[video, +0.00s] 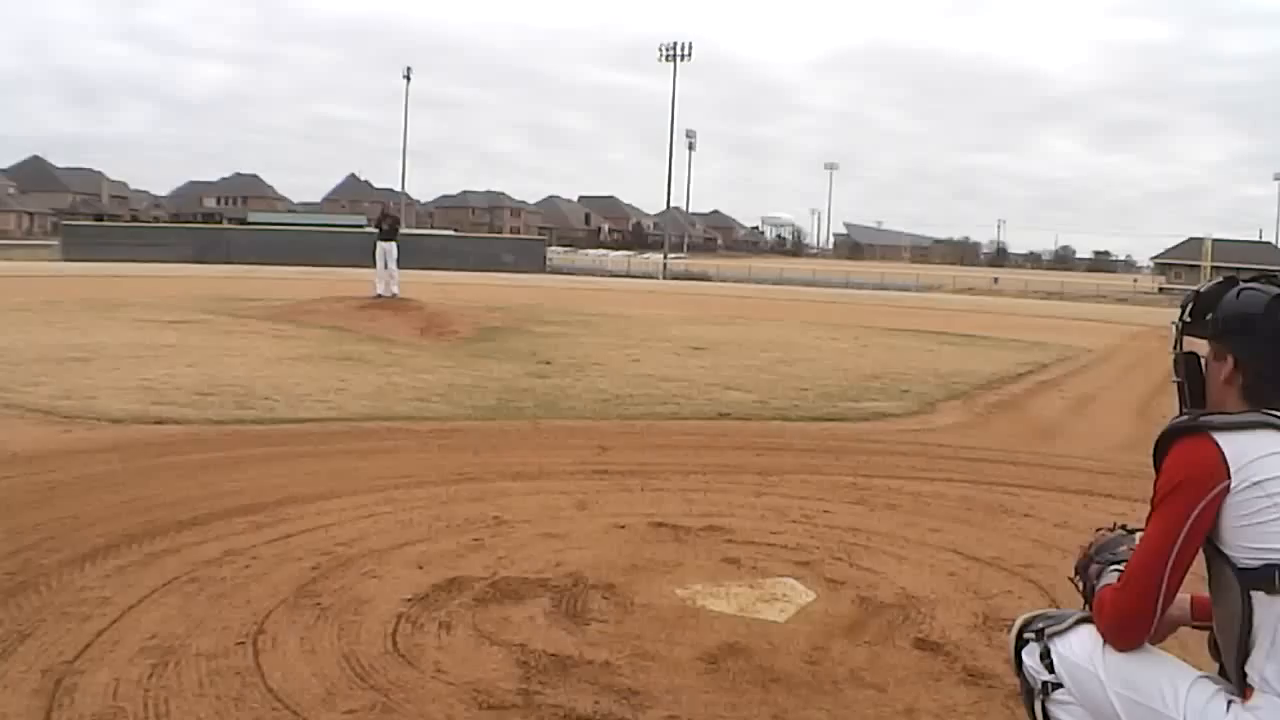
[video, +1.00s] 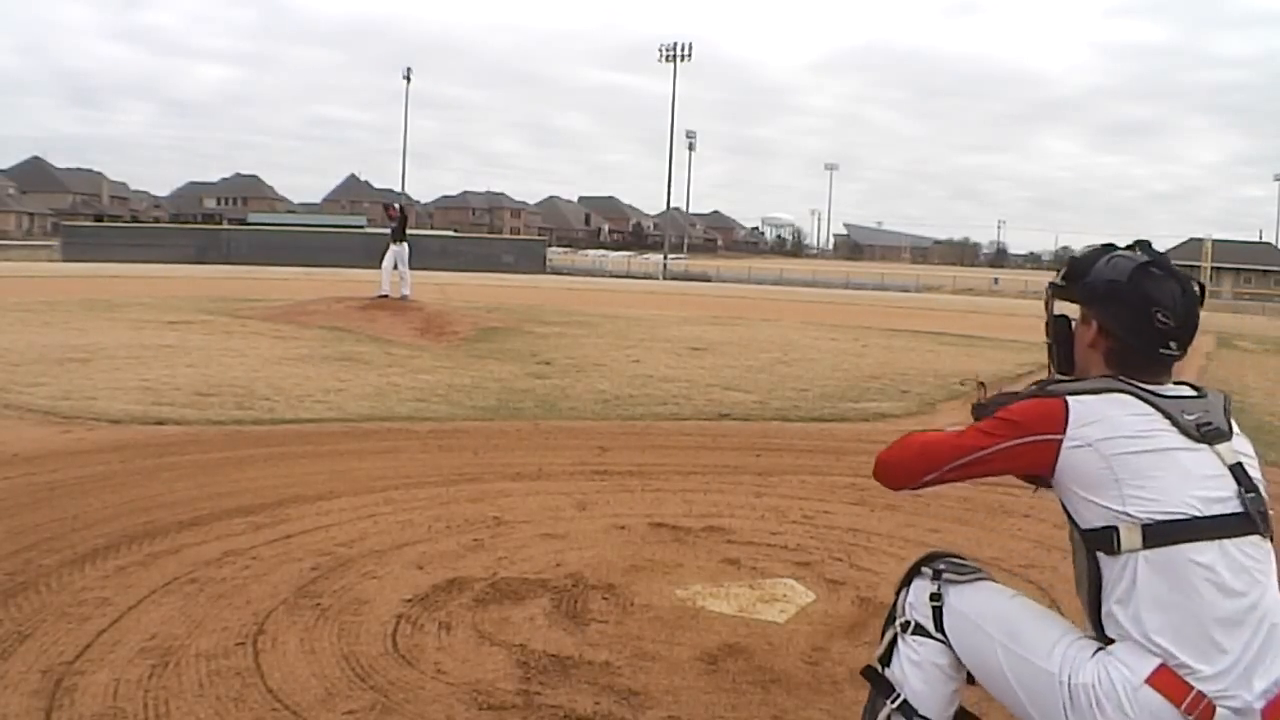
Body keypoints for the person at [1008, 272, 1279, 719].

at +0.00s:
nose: (1198, 364)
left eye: (1207, 354)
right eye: (1203, 352)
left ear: (1227, 365)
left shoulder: (1211, 450)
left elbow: (1123, 630)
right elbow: (1274, 604)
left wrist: (1109, 567)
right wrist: (1183, 608)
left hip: (1259, 711)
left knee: (1045, 644)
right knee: (1228, 636)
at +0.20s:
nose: (1202, 363)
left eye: (1211, 353)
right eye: (1208, 351)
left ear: (1230, 367)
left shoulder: (1216, 453)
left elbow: (1120, 629)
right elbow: (1273, 602)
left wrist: (1113, 549)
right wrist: (1189, 593)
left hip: (1259, 711)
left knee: (1046, 646)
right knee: (1228, 634)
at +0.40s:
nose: (1209, 365)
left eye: (1218, 354)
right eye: (1214, 353)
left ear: (1237, 368)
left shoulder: (1225, 452)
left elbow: (1061, 562)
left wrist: (1108, 493)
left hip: (1260, 707)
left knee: (1053, 628)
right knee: (1222, 643)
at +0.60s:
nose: (1200, 358)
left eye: (1209, 346)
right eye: (1206, 345)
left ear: (1231, 361)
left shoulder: (1218, 441)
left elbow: (1033, 503)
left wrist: (1105, 460)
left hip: (1263, 699)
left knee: (1052, 573)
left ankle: (1031, 708)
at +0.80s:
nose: (1148, 367)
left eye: (1156, 356)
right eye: (1153, 354)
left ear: (1177, 372)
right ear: (1246, 378)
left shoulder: (1164, 453)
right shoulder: (1269, 440)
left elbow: (977, 517)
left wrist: (1062, 460)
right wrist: (1122, 442)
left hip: (1230, 710)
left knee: (994, 604)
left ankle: (942, 706)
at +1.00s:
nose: (1070, 327)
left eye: (1077, 317)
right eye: (1074, 314)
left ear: (1094, 333)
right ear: (1168, 343)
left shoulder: (1071, 416)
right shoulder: (1221, 416)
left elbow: (892, 467)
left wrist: (991, 423)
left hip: (1158, 703)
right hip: (1261, 703)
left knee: (934, 587)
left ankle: (910, 704)